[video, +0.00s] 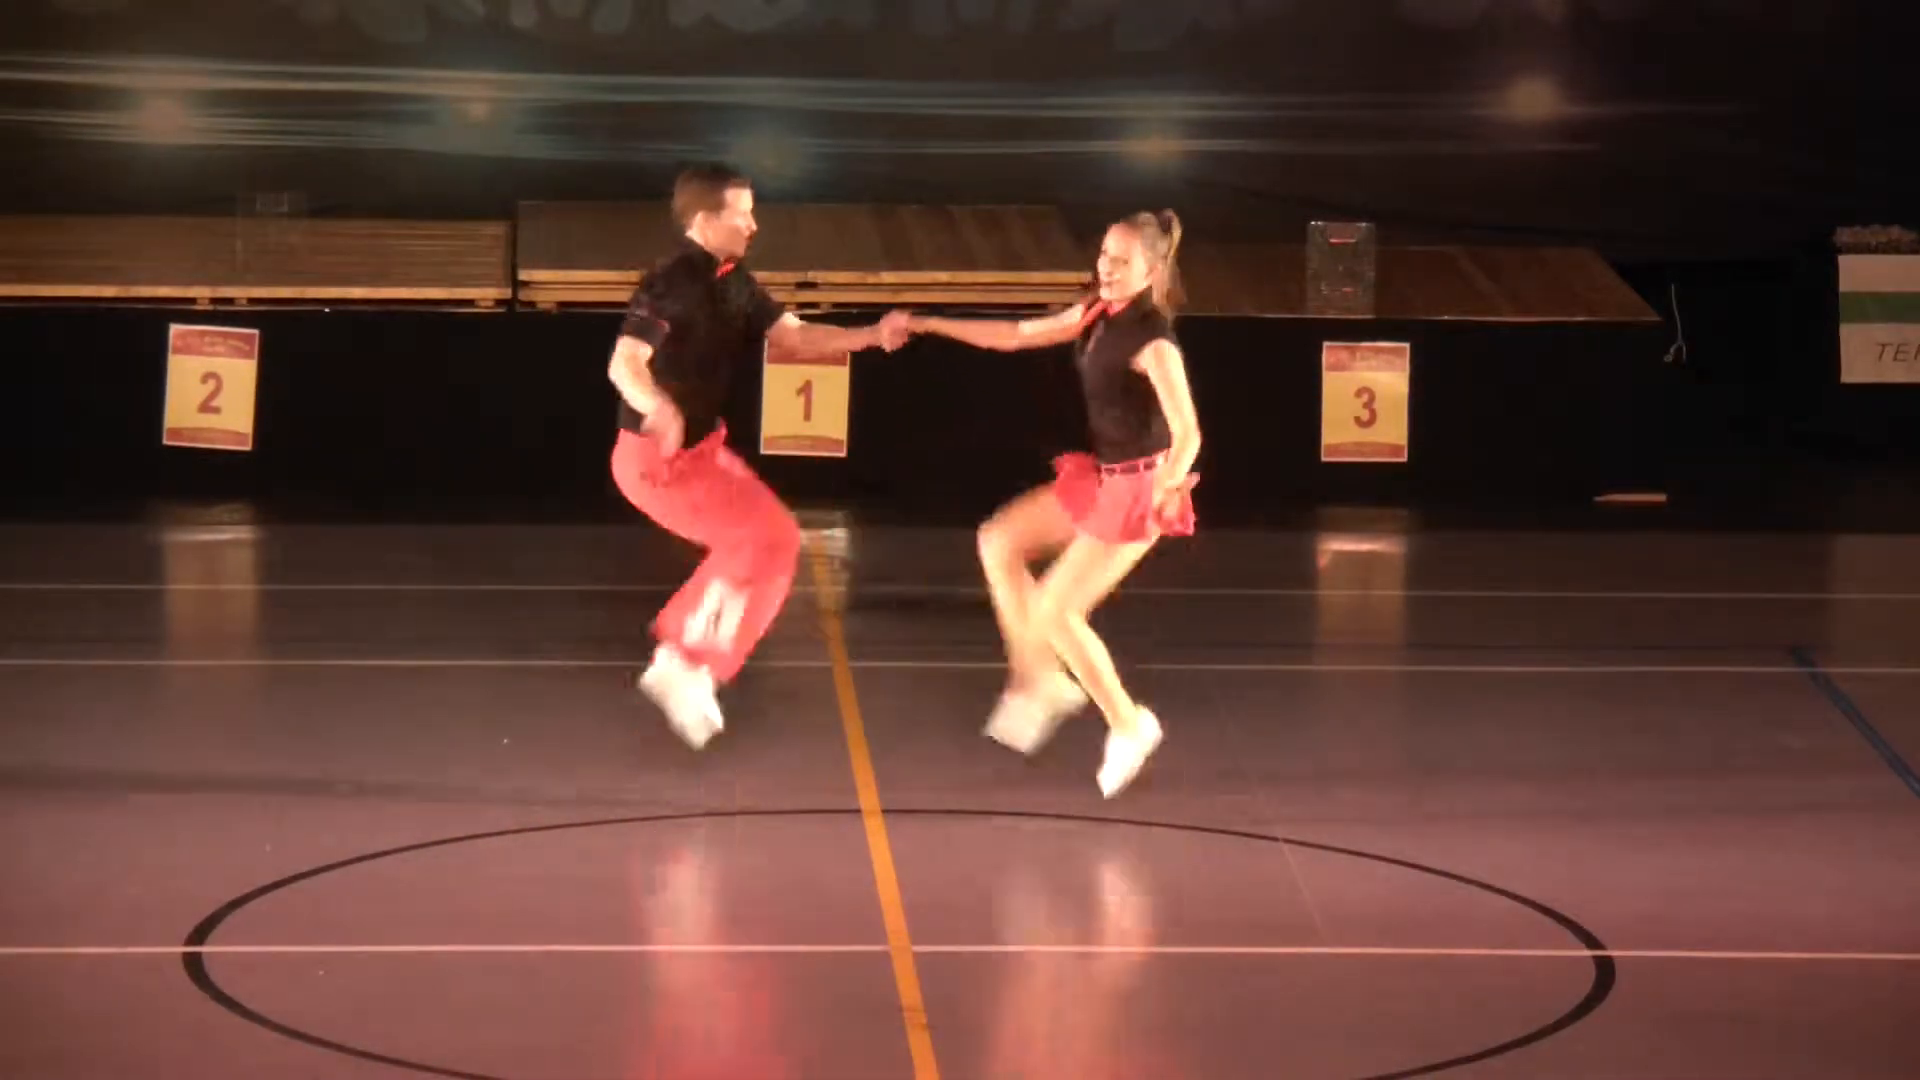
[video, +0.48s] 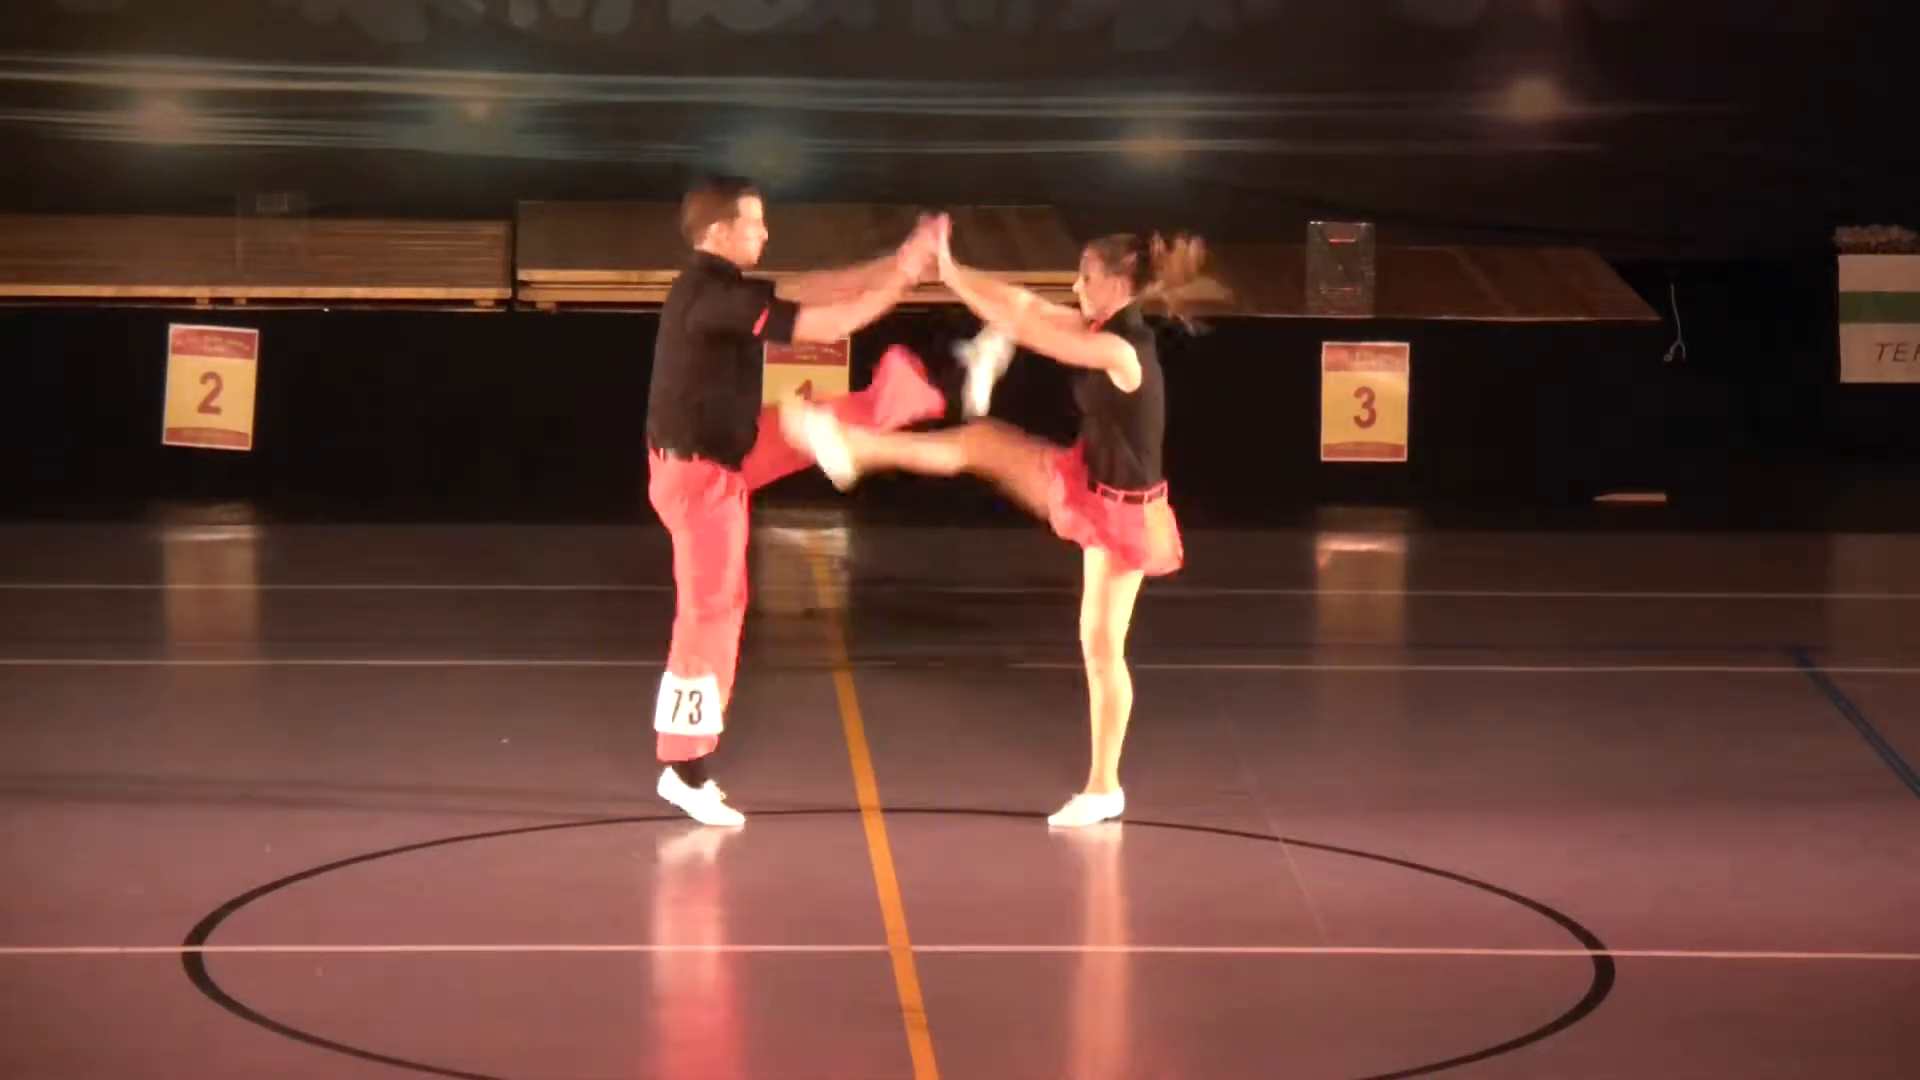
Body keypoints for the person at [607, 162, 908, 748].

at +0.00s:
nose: (752, 225)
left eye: (752, 213)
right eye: (742, 214)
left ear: (719, 220)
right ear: (703, 219)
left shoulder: (739, 285)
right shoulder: (675, 278)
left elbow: (793, 338)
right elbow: (625, 364)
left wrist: (872, 337)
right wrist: (657, 406)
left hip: (703, 451)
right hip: (653, 454)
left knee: (777, 538)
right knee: (751, 534)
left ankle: (697, 668)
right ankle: (679, 658)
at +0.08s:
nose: (752, 235)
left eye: (751, 223)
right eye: (741, 224)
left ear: (723, 230)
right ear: (703, 232)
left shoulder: (741, 296)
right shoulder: (664, 299)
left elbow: (800, 345)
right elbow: (606, 382)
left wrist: (865, 329)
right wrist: (649, 411)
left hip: (696, 470)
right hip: (661, 470)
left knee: (669, 607)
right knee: (785, 540)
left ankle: (616, 754)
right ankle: (707, 655)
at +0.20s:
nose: (744, 254)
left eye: (743, 243)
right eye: (732, 244)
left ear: (716, 250)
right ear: (691, 252)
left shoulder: (738, 316)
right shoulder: (666, 319)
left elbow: (806, 343)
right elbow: (624, 403)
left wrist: (863, 311)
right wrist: (694, 350)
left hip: (703, 495)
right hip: (679, 493)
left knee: (655, 626)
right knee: (730, 638)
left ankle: (607, 765)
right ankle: (675, 777)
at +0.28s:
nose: (751, 234)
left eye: (750, 223)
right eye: (740, 224)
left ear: (717, 231)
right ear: (704, 231)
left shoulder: (723, 284)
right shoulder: (686, 286)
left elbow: (782, 325)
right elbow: (705, 376)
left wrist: (864, 303)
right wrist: (763, 324)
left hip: (723, 467)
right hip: (683, 469)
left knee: (782, 564)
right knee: (719, 580)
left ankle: (691, 689)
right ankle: (676, 757)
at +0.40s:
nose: (755, 244)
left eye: (751, 232)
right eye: (745, 233)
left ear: (706, 243)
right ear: (711, 244)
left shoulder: (705, 294)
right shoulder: (706, 308)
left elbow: (796, 316)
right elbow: (808, 351)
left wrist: (877, 287)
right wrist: (901, 312)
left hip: (724, 447)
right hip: (700, 479)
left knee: (830, 412)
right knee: (721, 620)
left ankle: (939, 478)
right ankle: (678, 775)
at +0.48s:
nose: (764, 233)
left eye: (762, 222)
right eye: (756, 222)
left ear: (717, 233)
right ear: (720, 232)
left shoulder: (720, 285)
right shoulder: (712, 295)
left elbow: (817, 291)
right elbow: (831, 325)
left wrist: (900, 260)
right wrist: (905, 273)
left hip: (731, 452)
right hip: (697, 472)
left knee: (831, 420)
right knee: (711, 610)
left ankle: (950, 382)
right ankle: (683, 770)